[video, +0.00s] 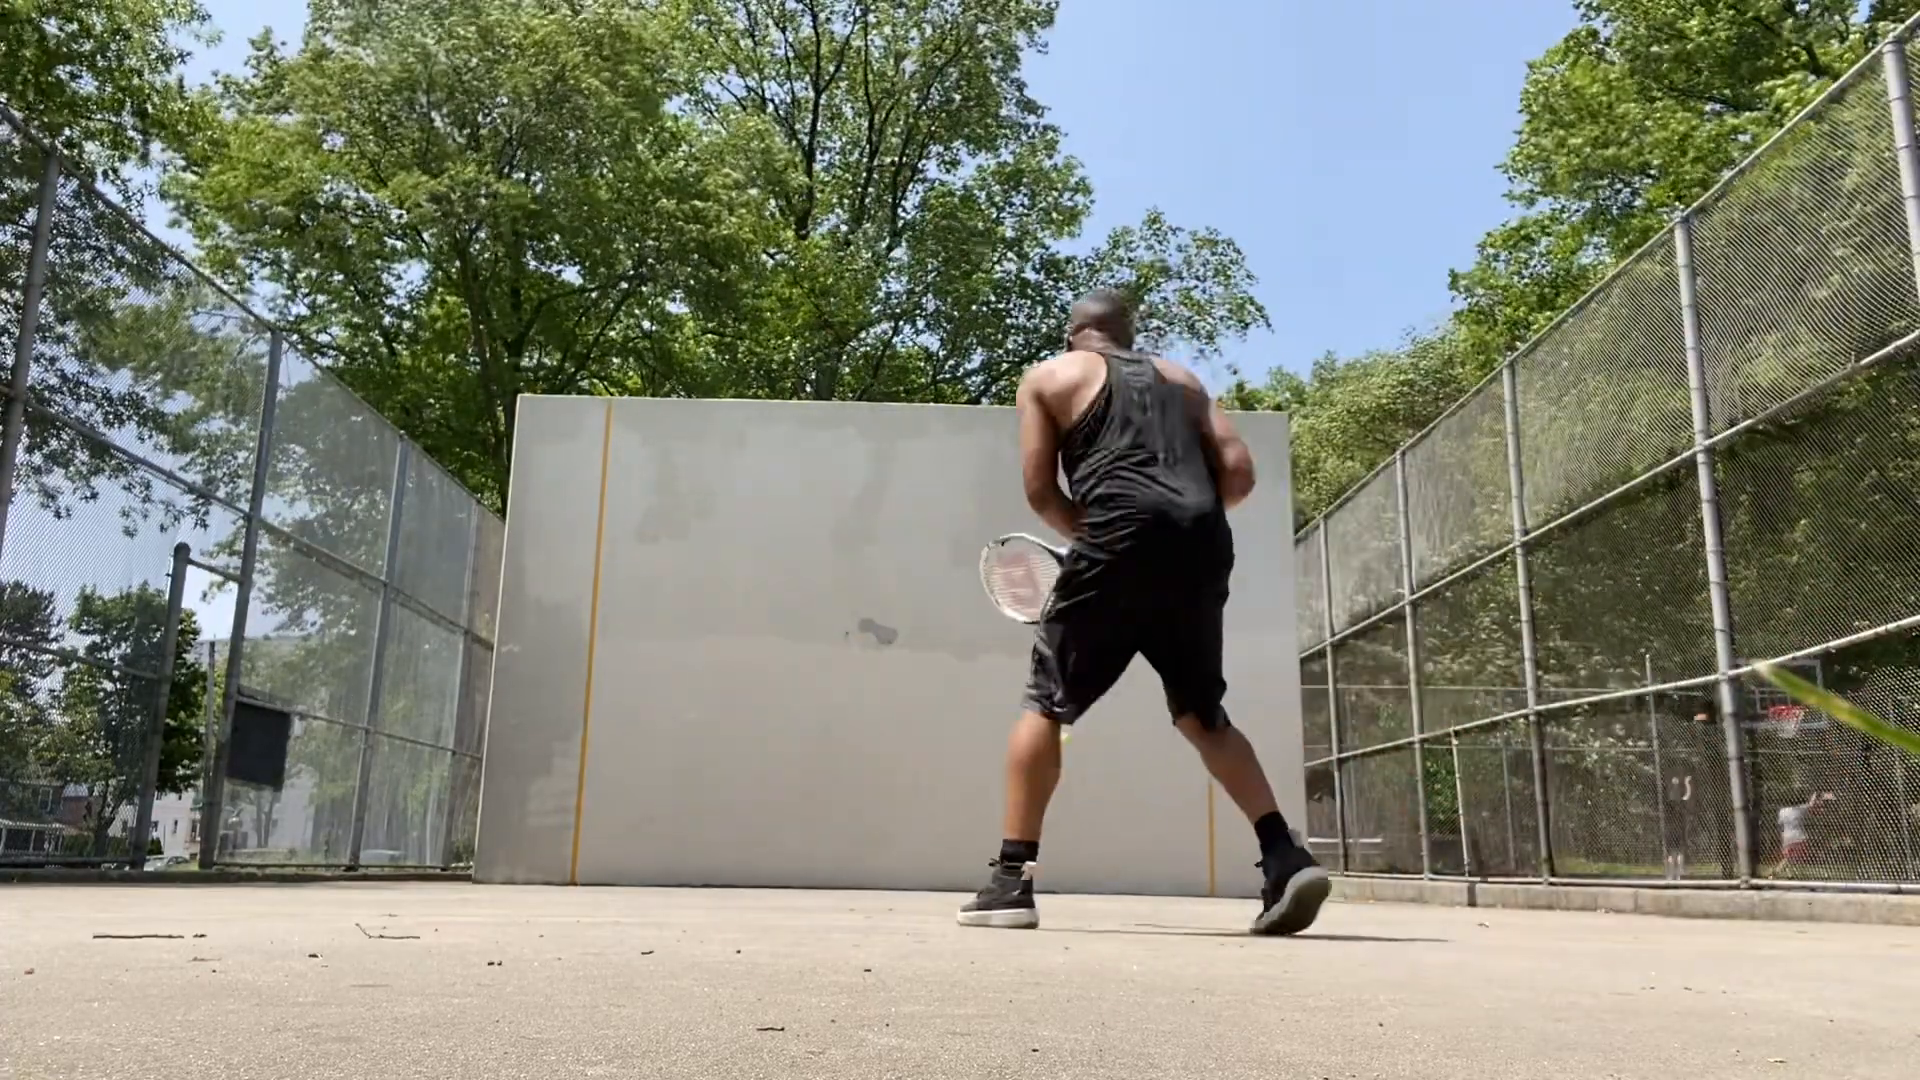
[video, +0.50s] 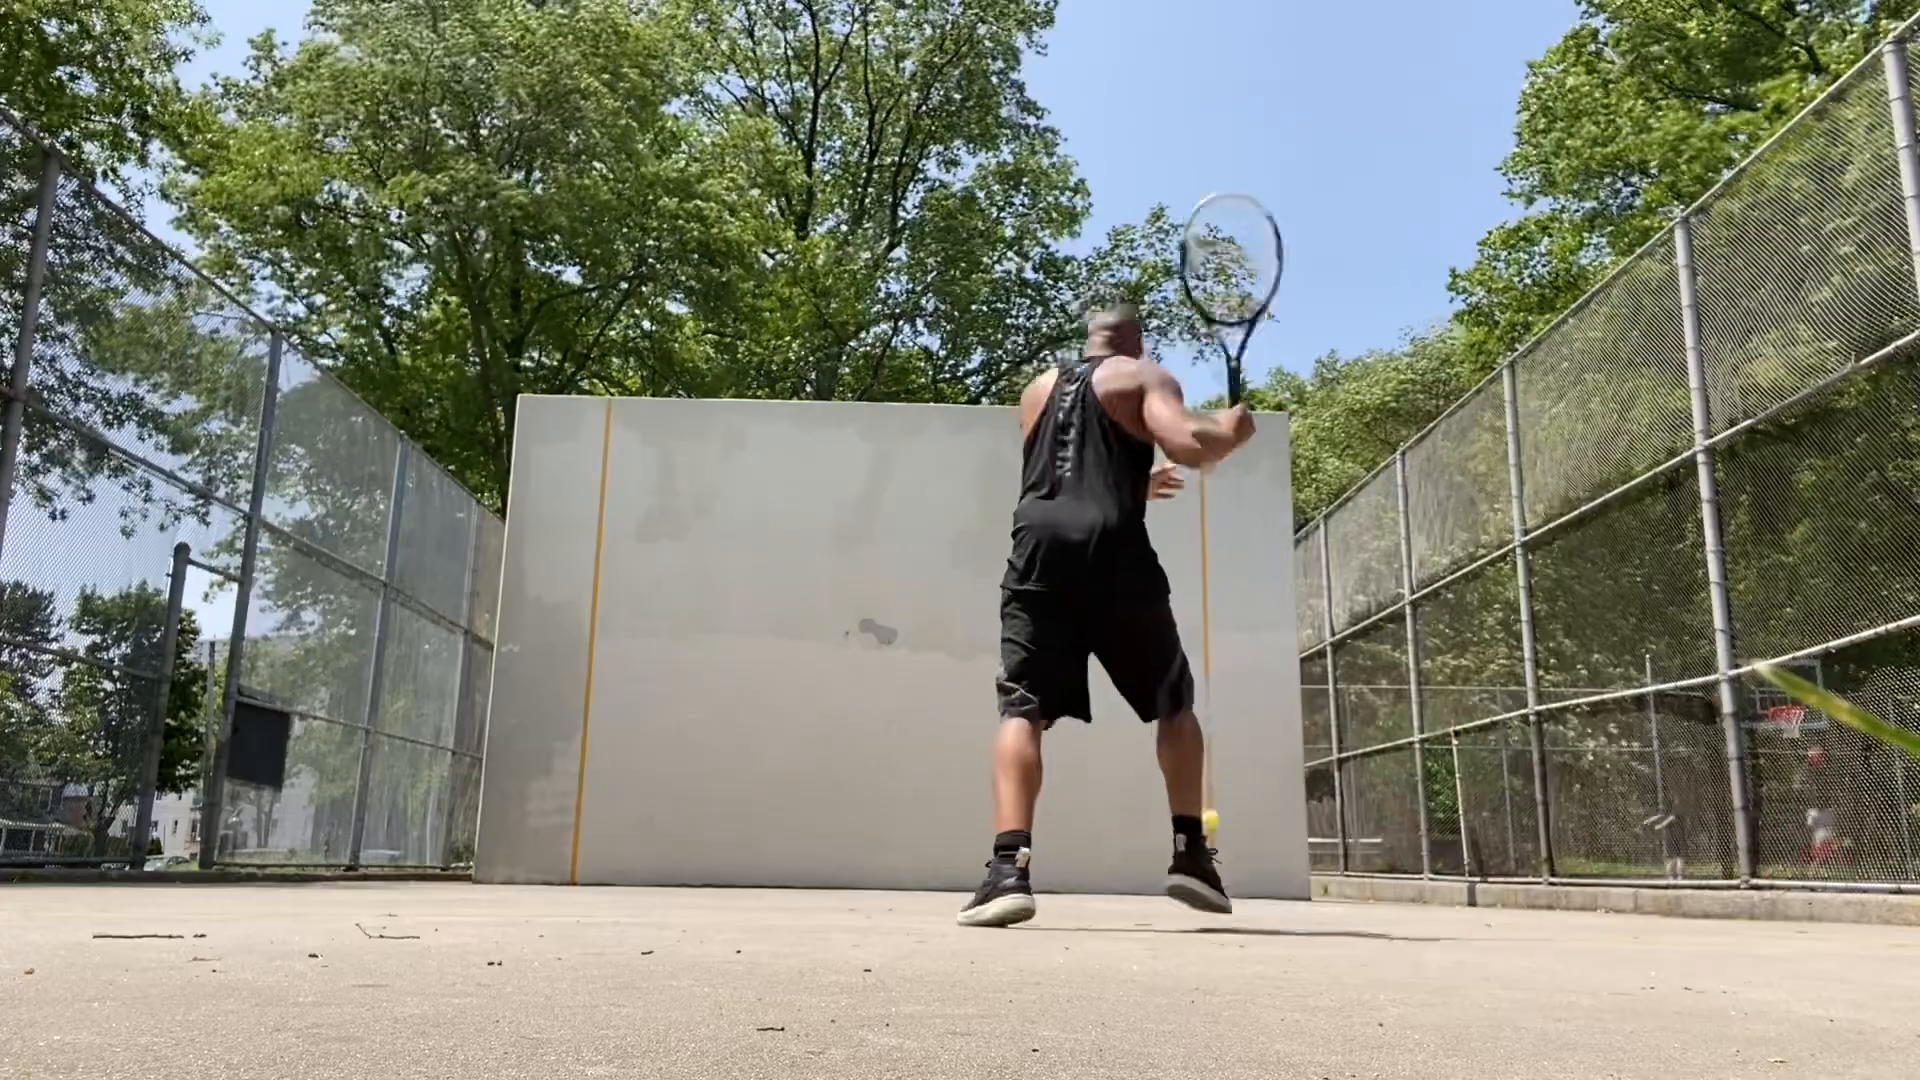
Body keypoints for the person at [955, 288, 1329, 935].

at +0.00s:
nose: (1067, 345)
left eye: (1068, 336)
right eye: (1075, 337)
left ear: (1074, 335)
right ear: (1129, 336)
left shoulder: (1048, 377)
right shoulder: (1181, 377)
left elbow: (1039, 489)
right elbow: (1238, 470)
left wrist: (1097, 534)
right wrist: (1185, 513)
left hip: (1117, 544)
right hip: (1203, 549)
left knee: (1045, 706)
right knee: (1201, 712)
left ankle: (1009, 883)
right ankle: (1286, 859)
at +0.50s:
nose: (1146, 352)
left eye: (1140, 344)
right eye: (1144, 344)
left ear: (1086, 343)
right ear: (1137, 344)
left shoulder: (1039, 389)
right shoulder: (1143, 375)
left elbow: (1049, 471)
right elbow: (1188, 447)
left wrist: (1133, 483)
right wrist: (1228, 431)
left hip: (1037, 554)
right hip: (1115, 557)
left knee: (1022, 709)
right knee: (1173, 703)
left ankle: (1008, 870)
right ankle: (1191, 854)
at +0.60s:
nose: (1165, 371)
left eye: (1161, 362)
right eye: (1164, 364)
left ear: (1110, 360)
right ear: (1155, 360)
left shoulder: (1060, 407)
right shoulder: (1152, 387)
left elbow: (1035, 492)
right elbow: (1176, 448)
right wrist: (1259, 402)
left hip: (1045, 572)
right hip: (1123, 576)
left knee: (1025, 716)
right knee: (1161, 725)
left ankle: (1006, 863)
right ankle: (1193, 872)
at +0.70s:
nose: (1192, 406)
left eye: (1186, 395)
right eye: (1191, 398)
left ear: (1138, 384)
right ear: (1184, 396)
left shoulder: (1087, 432)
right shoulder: (1169, 416)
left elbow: (1025, 518)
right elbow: (1185, 474)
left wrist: (1057, 556)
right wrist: (1274, 435)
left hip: (1058, 592)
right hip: (1134, 598)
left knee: (1031, 723)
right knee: (1167, 742)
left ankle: (1006, 855)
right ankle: (1192, 884)